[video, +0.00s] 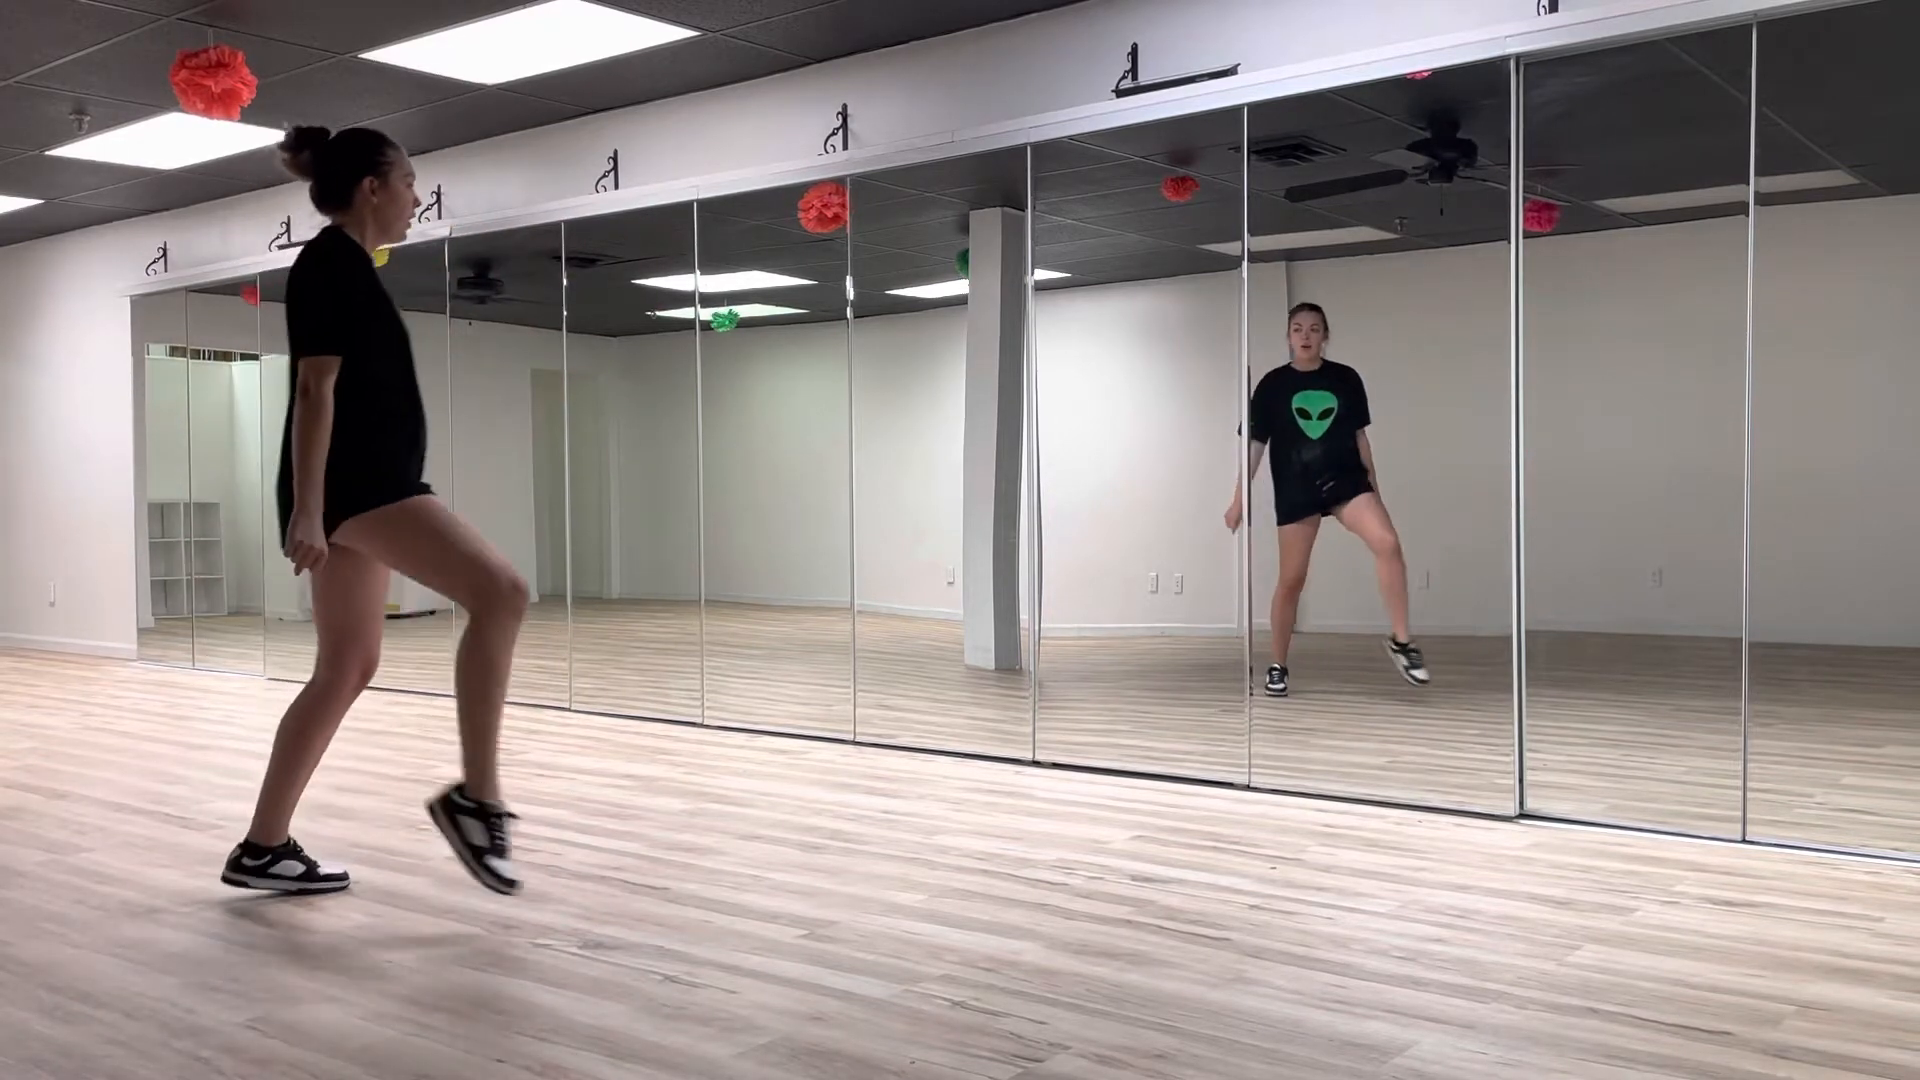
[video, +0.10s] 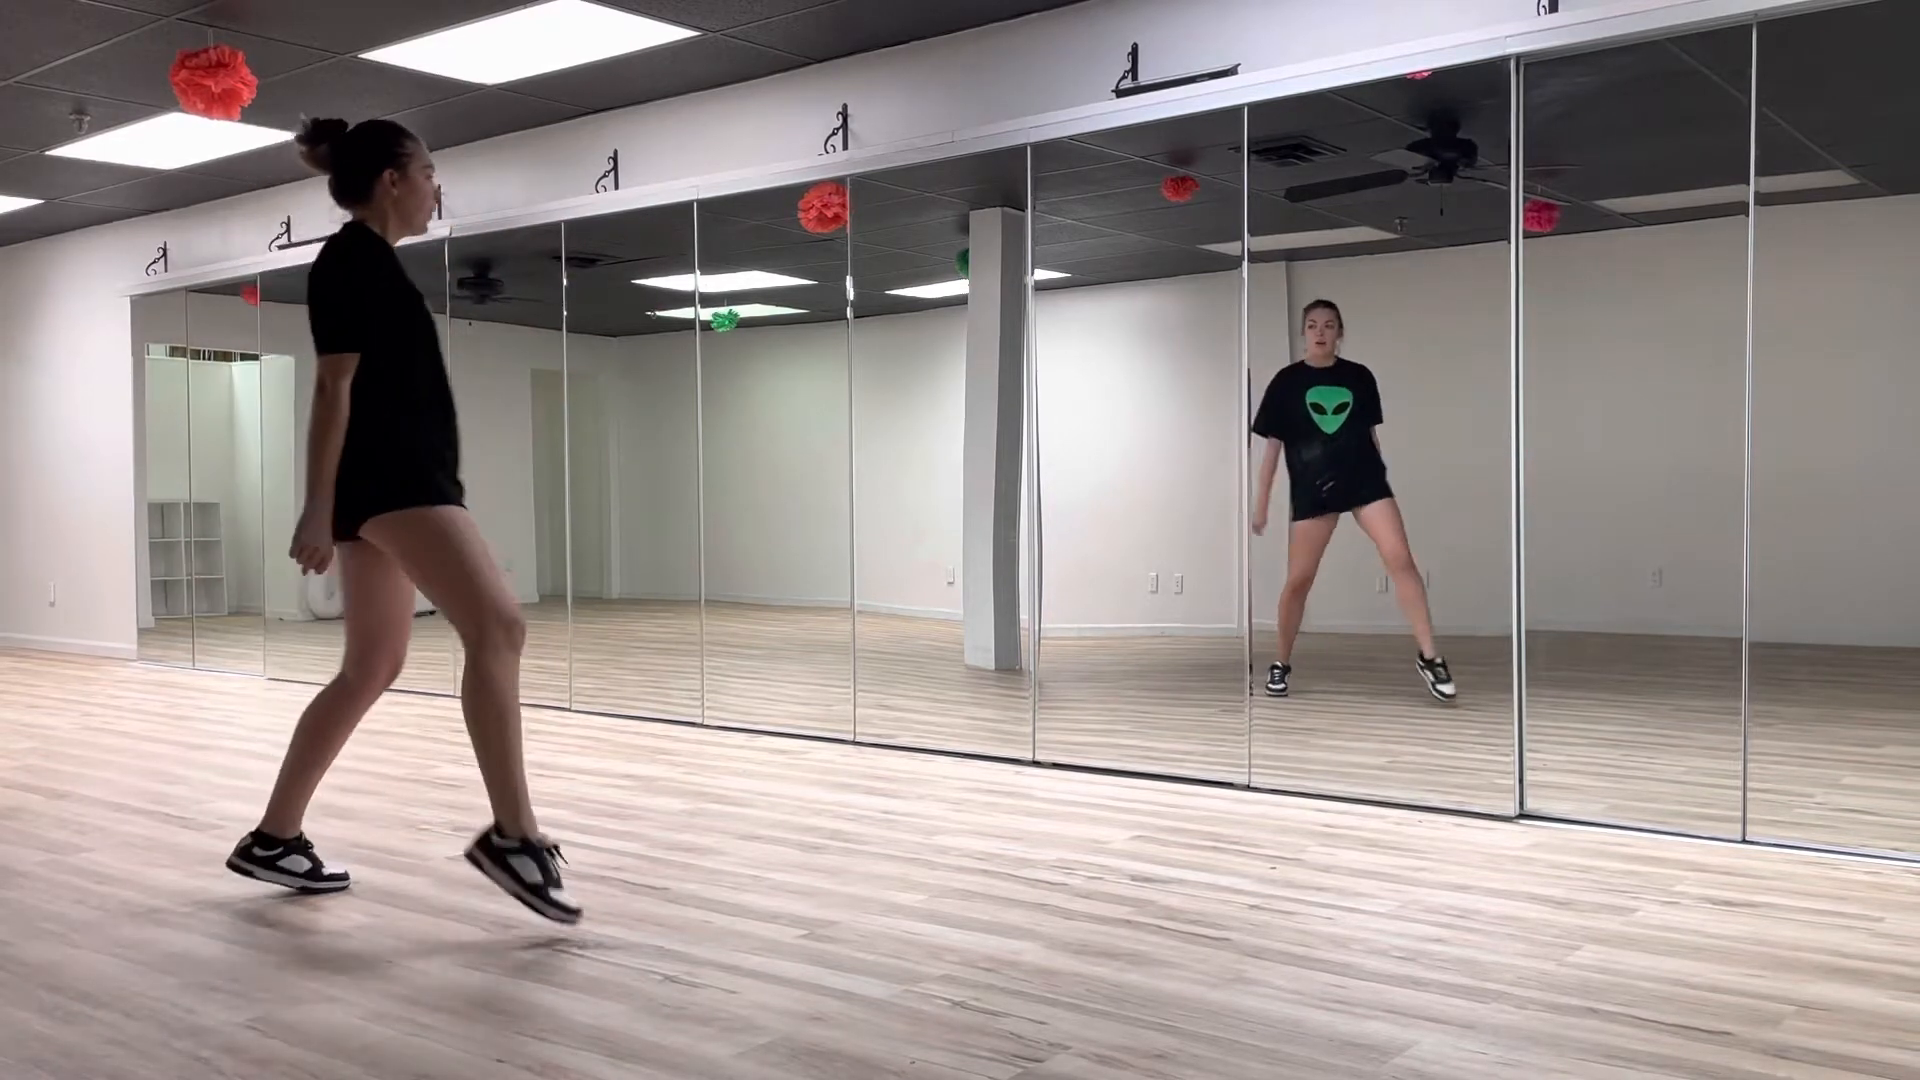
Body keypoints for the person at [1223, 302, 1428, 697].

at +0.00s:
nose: (1306, 335)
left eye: (1314, 329)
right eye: (1298, 329)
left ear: (1325, 336)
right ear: (1287, 336)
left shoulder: (1346, 378)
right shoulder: (1272, 384)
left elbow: (1360, 437)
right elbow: (1255, 446)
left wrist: (1372, 488)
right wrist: (1238, 498)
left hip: (1345, 482)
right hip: (1296, 489)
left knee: (1388, 544)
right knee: (1290, 582)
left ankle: (1402, 641)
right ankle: (1278, 665)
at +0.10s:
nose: (1320, 332)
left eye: (1328, 326)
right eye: (1313, 326)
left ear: (1340, 334)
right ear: (1303, 333)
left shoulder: (1359, 375)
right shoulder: (1286, 381)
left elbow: (1370, 436)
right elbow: (1272, 449)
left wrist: (1377, 482)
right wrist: (1261, 505)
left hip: (1365, 480)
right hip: (1313, 489)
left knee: (1401, 560)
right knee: (1298, 580)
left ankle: (1430, 658)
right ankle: (1281, 665)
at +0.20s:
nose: (1335, 344)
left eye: (1343, 338)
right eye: (1327, 338)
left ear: (1355, 346)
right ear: (1318, 346)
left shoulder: (1375, 388)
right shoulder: (1301, 396)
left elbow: (1383, 445)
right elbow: (1292, 458)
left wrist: (1398, 497)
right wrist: (1285, 512)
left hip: (1386, 495)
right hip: (1335, 502)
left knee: (1413, 581)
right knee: (1303, 592)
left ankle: (1437, 677)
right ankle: (1285, 665)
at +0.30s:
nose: (1343, 355)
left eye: (1351, 349)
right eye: (1336, 349)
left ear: (1365, 356)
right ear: (1327, 358)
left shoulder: (1387, 398)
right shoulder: (1315, 406)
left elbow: (1399, 459)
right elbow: (1309, 471)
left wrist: (1408, 510)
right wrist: (1302, 529)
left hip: (1400, 505)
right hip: (1348, 512)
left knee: (1421, 588)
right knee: (1308, 599)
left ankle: (1435, 680)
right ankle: (1289, 664)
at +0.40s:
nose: (1340, 350)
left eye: (1349, 343)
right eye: (1333, 344)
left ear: (1363, 350)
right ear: (1326, 350)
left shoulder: (1386, 391)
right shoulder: (1314, 400)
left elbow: (1408, 455)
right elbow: (1313, 464)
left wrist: (1427, 512)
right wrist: (1312, 521)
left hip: (1397, 502)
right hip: (1344, 506)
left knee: (1415, 585)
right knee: (1306, 595)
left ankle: (1435, 679)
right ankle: (1308, 668)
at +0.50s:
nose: (1329, 339)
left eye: (1338, 333)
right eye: (1323, 333)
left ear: (1353, 339)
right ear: (1315, 339)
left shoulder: (1375, 380)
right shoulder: (1304, 388)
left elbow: (1398, 443)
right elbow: (1305, 453)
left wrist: (1422, 500)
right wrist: (1309, 505)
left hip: (1378, 492)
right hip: (1329, 496)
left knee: (1396, 579)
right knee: (1304, 588)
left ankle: (1436, 675)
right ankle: (1323, 675)